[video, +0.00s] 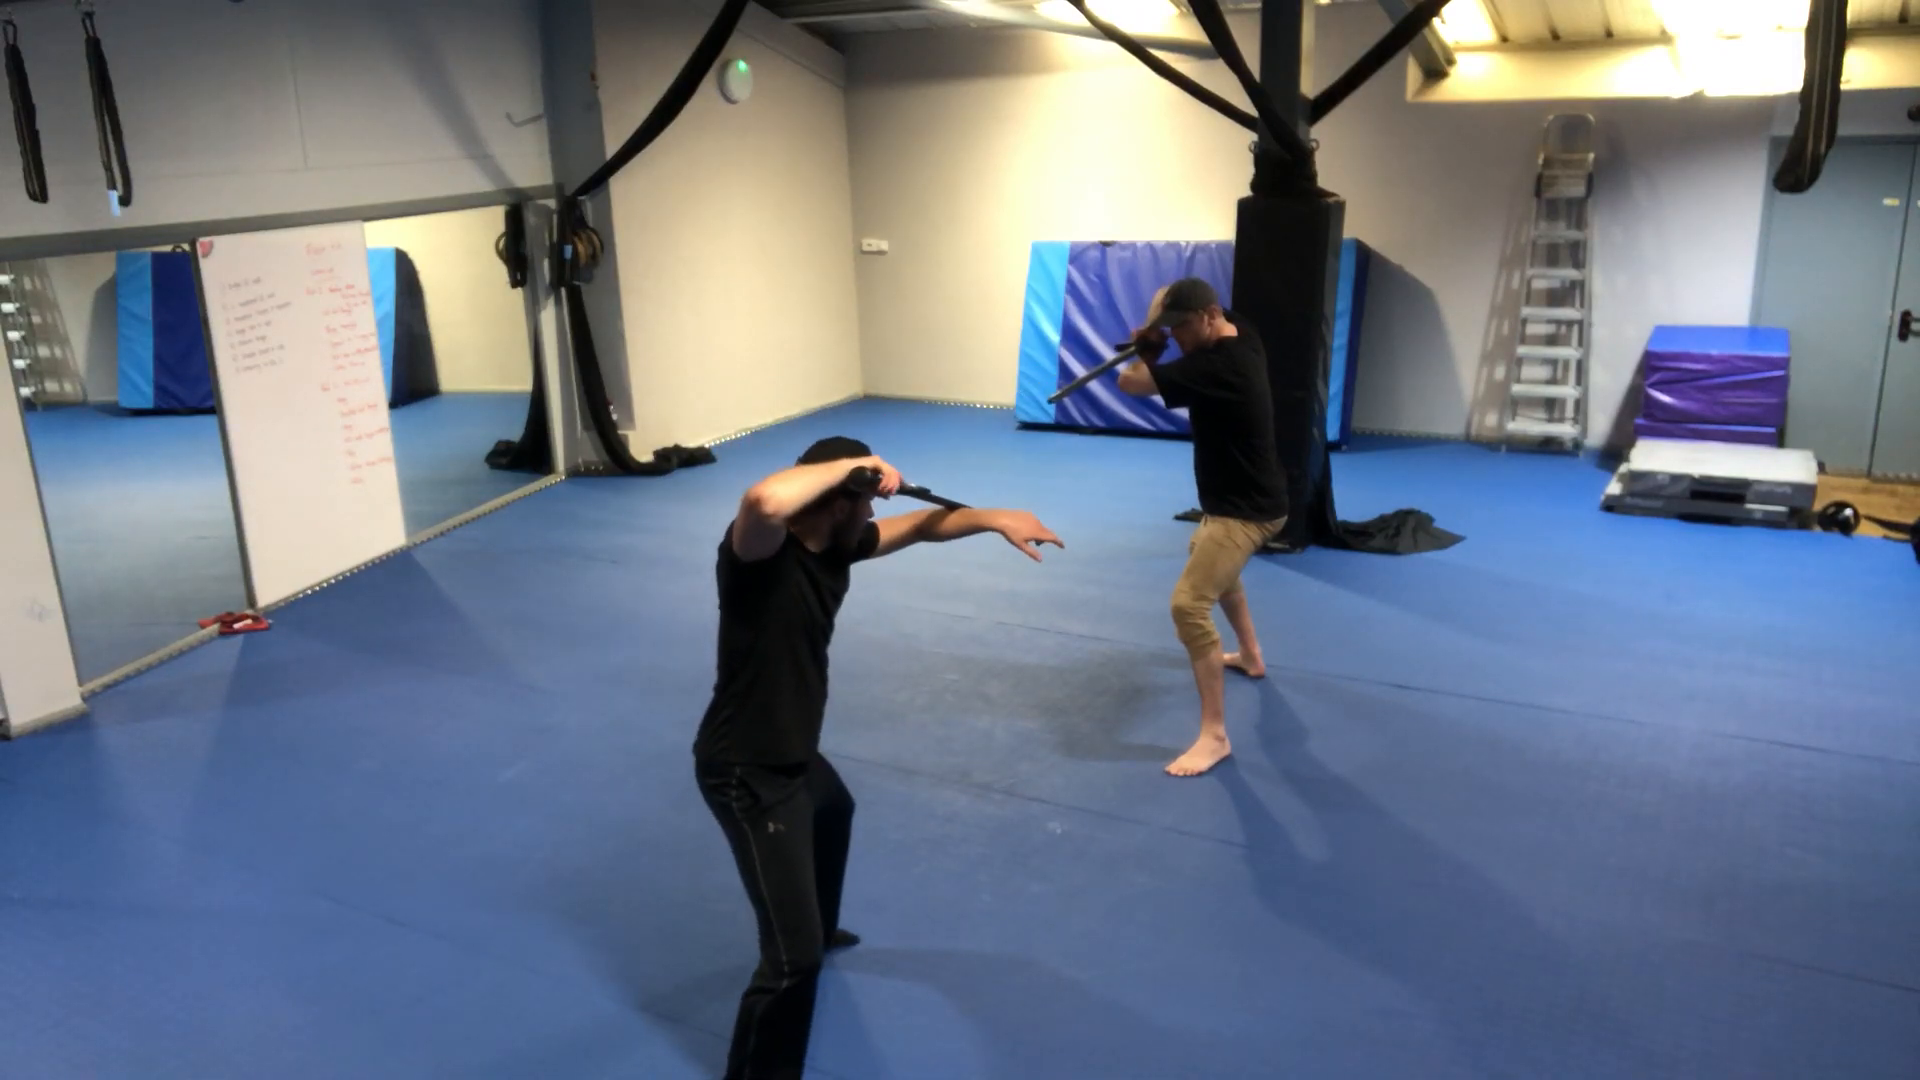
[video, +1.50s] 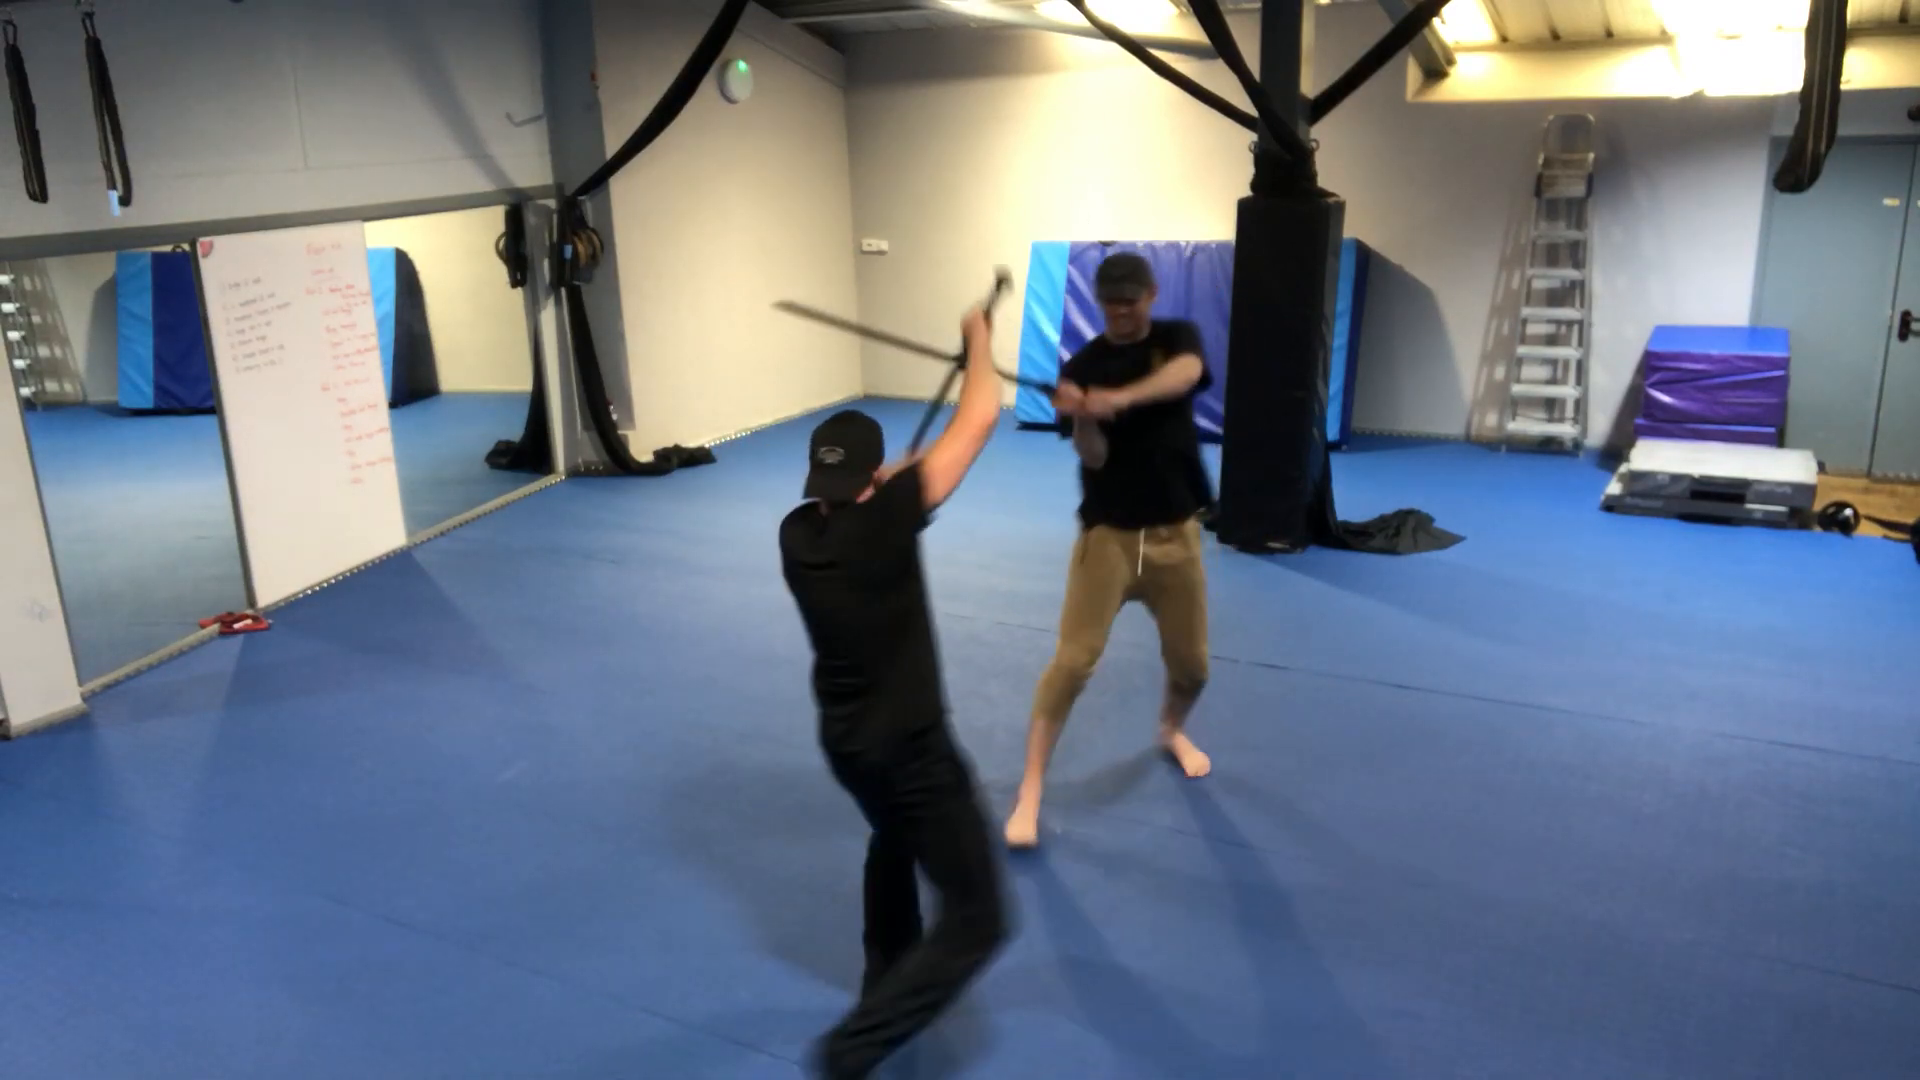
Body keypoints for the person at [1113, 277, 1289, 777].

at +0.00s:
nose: (1178, 341)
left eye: (1181, 332)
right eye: (1175, 332)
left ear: (1207, 319)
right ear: (1211, 317)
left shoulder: (1215, 364)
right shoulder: (1240, 340)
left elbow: (1131, 381)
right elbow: (1177, 296)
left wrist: (1149, 350)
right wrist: (1153, 326)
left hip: (1244, 512)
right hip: (1234, 501)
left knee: (1190, 607)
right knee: (1207, 555)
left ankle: (1214, 734)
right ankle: (1250, 653)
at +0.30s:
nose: (1179, 340)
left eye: (1183, 332)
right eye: (1176, 332)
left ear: (1210, 319)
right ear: (1213, 317)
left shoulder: (1215, 365)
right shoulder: (1243, 341)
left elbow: (1132, 381)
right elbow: (1176, 296)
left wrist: (1150, 349)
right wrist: (1155, 325)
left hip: (1244, 512)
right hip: (1235, 501)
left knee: (1191, 607)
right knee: (1208, 557)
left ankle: (1214, 734)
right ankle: (1250, 653)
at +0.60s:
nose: (1179, 331)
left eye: (1183, 322)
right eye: (1176, 322)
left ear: (1211, 312)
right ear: (1214, 311)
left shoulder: (1220, 359)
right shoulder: (1242, 336)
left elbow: (1134, 382)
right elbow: (1189, 294)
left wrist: (1136, 339)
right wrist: (1150, 313)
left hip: (1244, 508)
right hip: (1238, 498)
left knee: (1194, 608)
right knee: (1208, 559)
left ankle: (1214, 734)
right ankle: (1250, 653)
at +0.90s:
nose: (1182, 315)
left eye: (1190, 307)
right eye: (1179, 307)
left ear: (1218, 301)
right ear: (1210, 303)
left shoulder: (1210, 352)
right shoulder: (1234, 332)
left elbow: (1150, 411)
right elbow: (1163, 345)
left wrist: (1105, 382)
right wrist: (1112, 349)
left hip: (1240, 501)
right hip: (1244, 491)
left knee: (1191, 603)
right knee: (1213, 575)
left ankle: (1212, 728)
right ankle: (1264, 651)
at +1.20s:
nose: (1181, 312)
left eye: (1192, 303)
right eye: (1174, 302)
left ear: (1215, 301)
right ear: (1164, 302)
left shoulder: (1238, 338)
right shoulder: (1158, 356)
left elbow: (1179, 359)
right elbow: (1115, 436)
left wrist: (1097, 358)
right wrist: (1087, 372)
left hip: (1223, 510)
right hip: (1168, 507)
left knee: (1181, 635)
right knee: (1163, 625)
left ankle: (1206, 734)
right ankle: (1229, 630)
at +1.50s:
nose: (1124, 316)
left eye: (1133, 305)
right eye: (1113, 306)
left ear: (1151, 299)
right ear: (1099, 304)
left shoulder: (1177, 339)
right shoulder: (1084, 366)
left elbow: (1187, 376)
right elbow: (1093, 457)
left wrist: (1113, 399)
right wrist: (1083, 415)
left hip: (1176, 534)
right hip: (1106, 536)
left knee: (1192, 666)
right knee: (1073, 663)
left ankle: (1171, 731)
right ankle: (1030, 788)